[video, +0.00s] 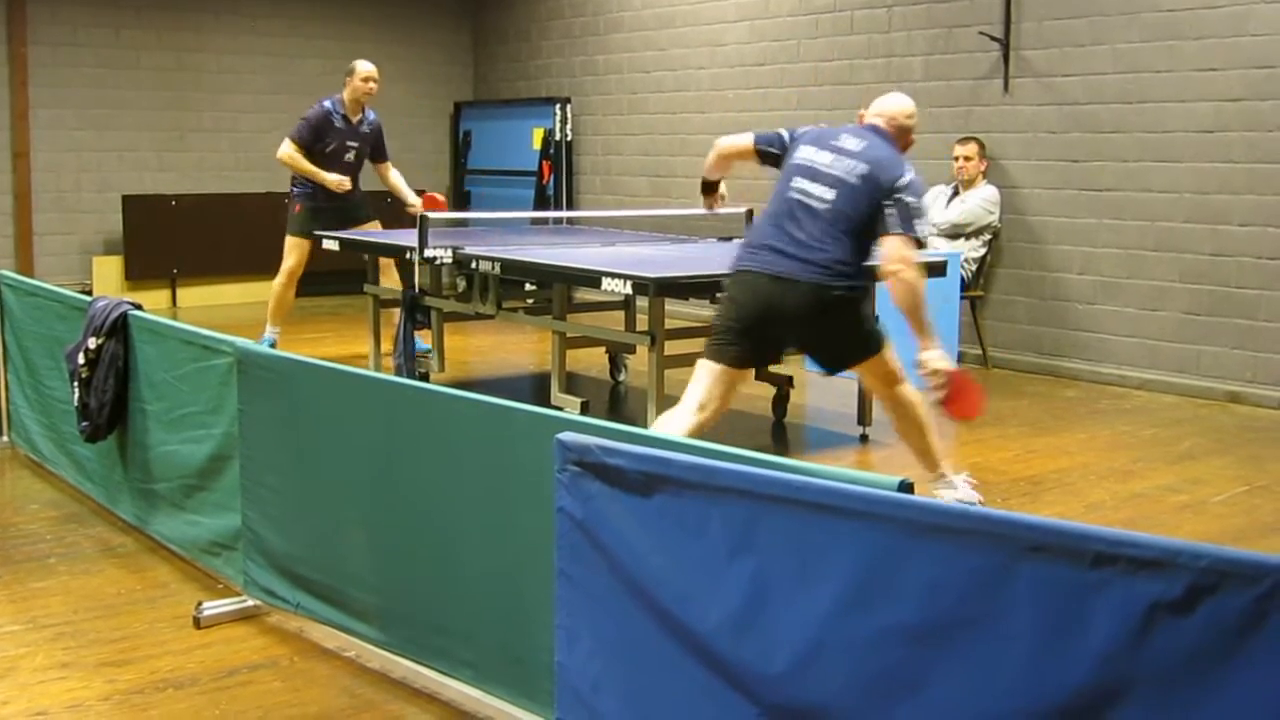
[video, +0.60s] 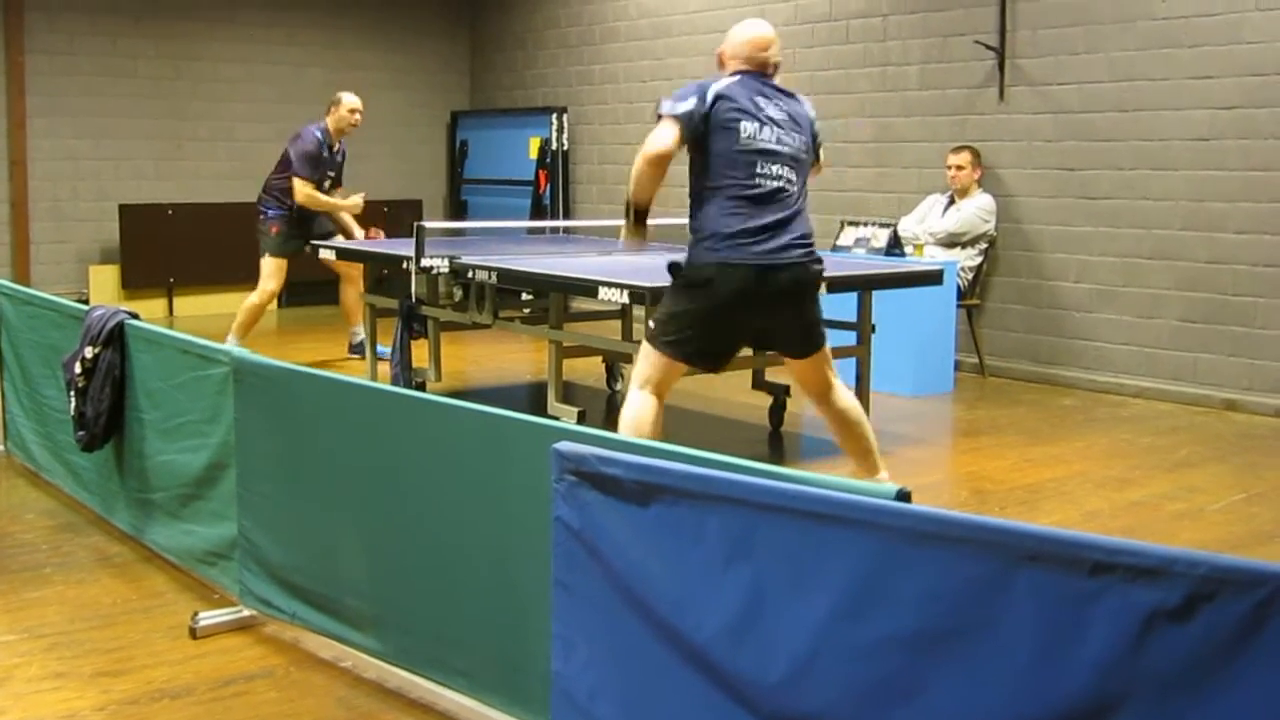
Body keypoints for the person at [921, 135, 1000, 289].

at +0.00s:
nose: (960, 165)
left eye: (967, 159)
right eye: (956, 159)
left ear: (983, 165)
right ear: (952, 163)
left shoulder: (989, 195)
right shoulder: (938, 192)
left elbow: (956, 223)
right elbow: (912, 219)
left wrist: (929, 220)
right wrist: (941, 231)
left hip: (956, 270)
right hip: (924, 263)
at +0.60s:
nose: (952, 174)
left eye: (960, 168)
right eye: (949, 168)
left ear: (977, 173)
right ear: (945, 171)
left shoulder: (984, 204)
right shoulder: (935, 200)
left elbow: (952, 232)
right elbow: (902, 228)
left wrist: (914, 232)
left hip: (949, 280)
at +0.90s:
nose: (951, 186)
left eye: (958, 181)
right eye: (949, 180)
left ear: (976, 186)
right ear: (946, 181)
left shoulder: (987, 216)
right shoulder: (938, 213)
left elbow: (954, 245)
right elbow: (905, 241)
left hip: (953, 293)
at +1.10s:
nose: (956, 194)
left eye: (964, 190)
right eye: (955, 189)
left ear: (983, 196)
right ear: (951, 190)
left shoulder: (994, 226)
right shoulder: (947, 223)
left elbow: (960, 253)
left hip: (962, 302)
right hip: (935, 294)